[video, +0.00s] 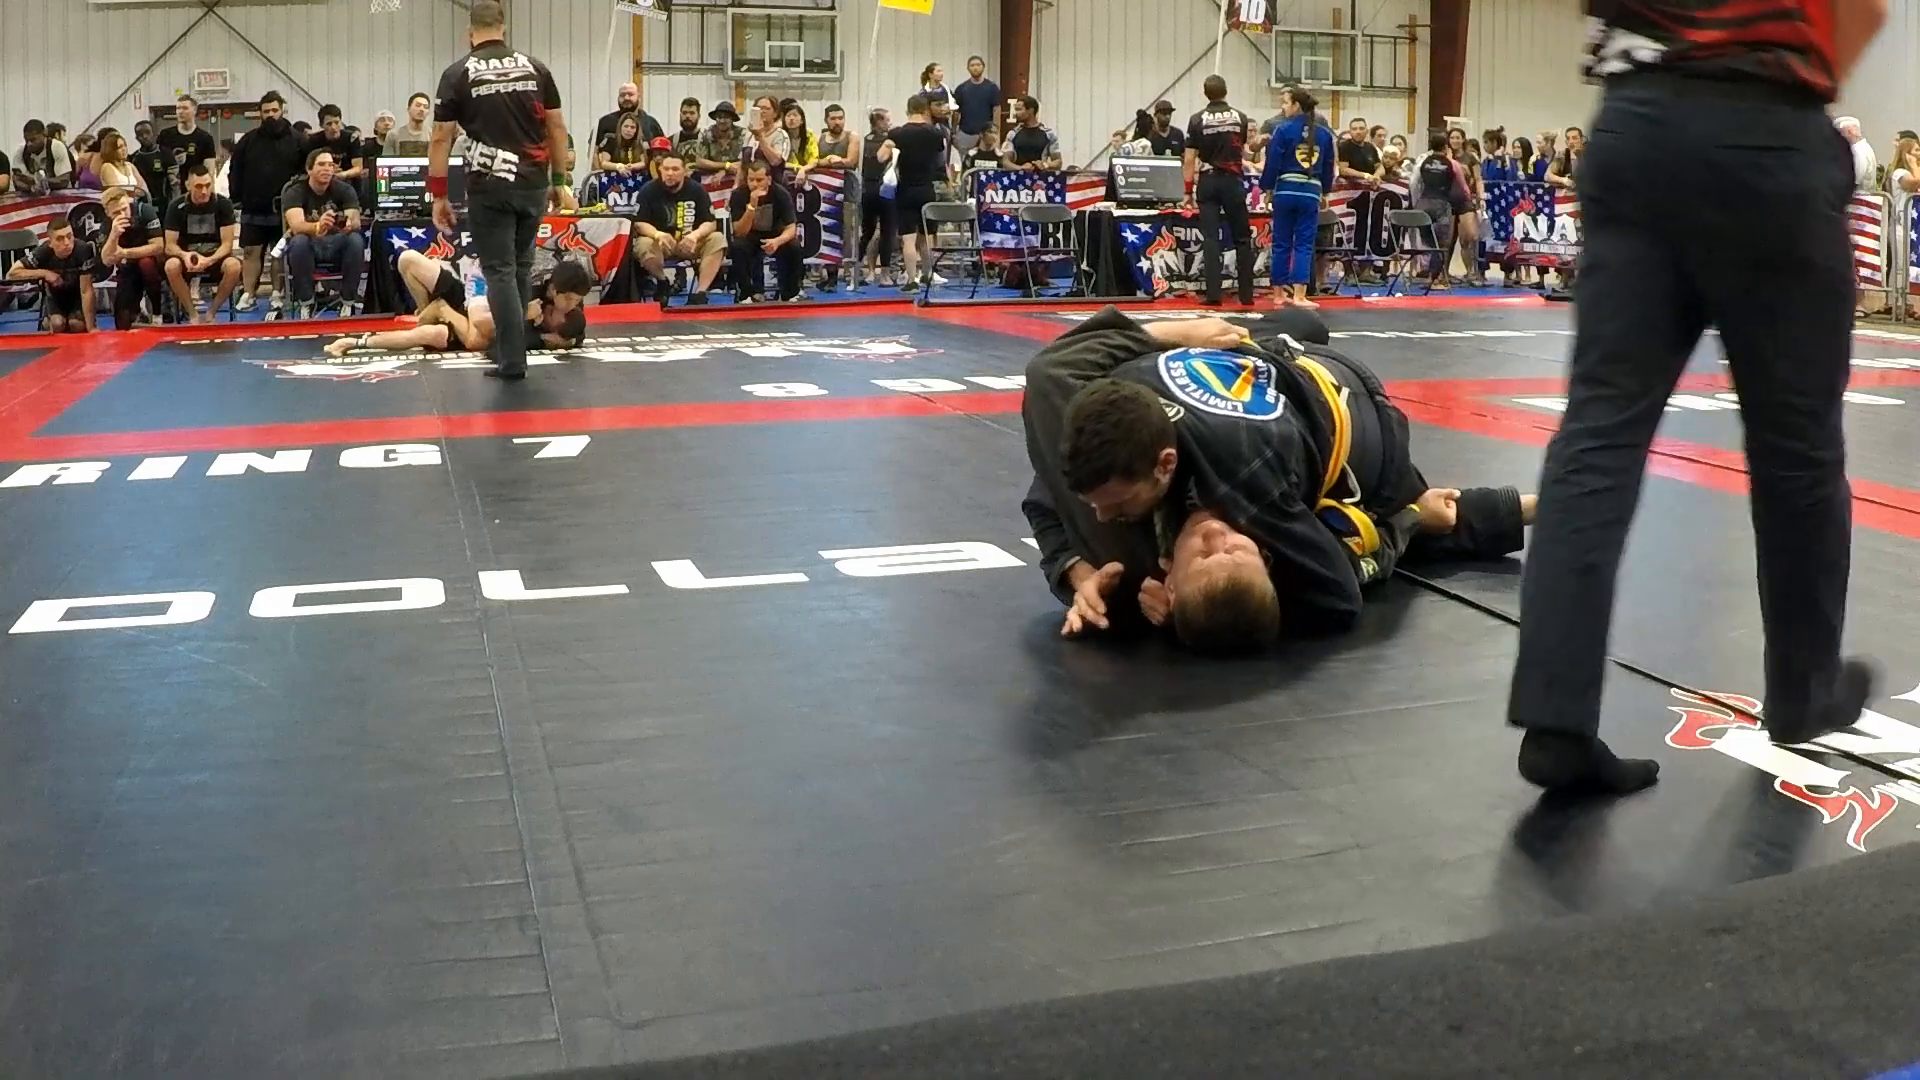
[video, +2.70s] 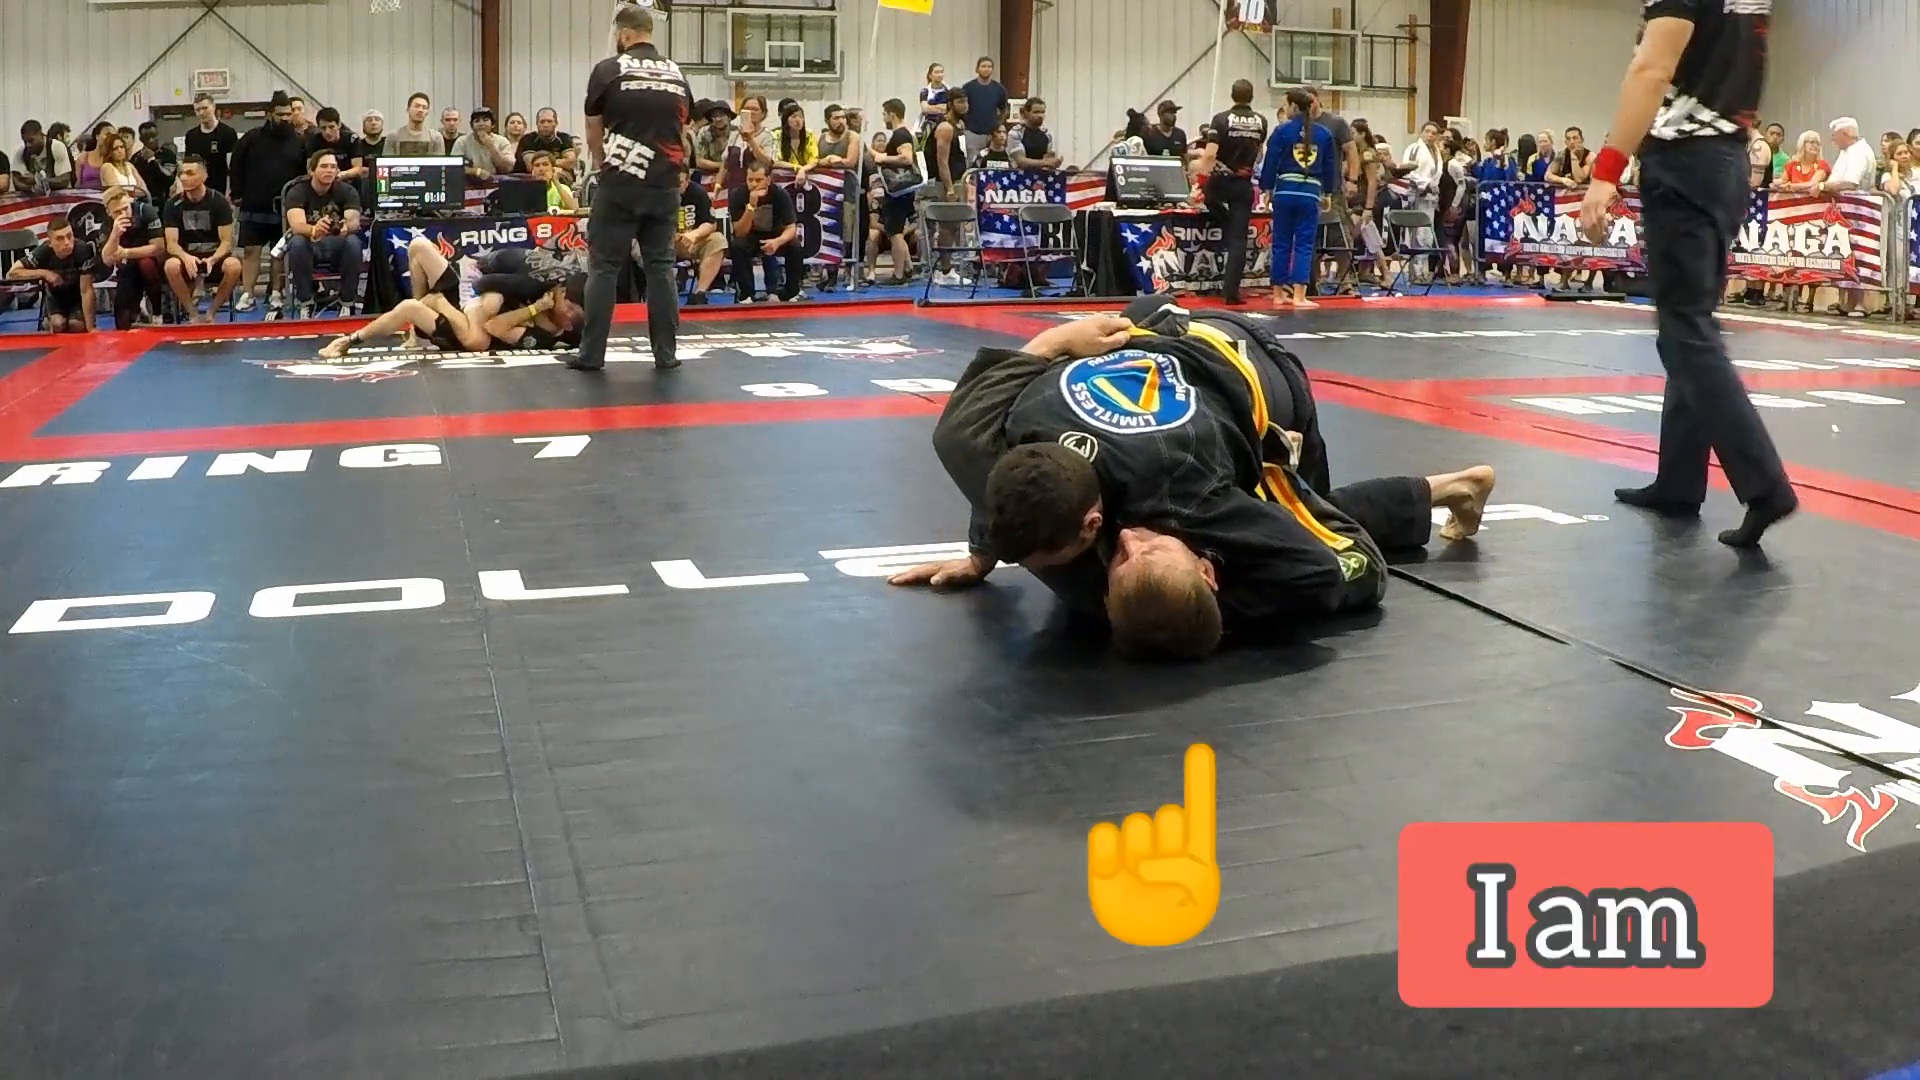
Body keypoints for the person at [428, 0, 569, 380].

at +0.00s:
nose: (470, 38)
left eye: (468, 33)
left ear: (470, 33)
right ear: (504, 30)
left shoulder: (457, 74)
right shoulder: (536, 67)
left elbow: (442, 137)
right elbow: (556, 125)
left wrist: (439, 195)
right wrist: (558, 179)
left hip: (487, 188)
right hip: (533, 185)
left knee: (500, 272)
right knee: (521, 267)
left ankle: (512, 362)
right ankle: (512, 350)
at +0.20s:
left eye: (484, 29)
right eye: (514, 29)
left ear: (482, 30)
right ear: (516, 28)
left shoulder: (465, 74)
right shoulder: (545, 67)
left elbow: (451, 144)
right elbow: (566, 130)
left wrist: (466, 189)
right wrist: (558, 174)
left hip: (495, 187)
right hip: (543, 182)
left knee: (504, 271)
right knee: (550, 263)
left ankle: (512, 363)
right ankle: (561, 354)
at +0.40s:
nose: (503, 33)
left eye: (502, 27)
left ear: (503, 28)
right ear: (536, 27)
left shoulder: (482, 72)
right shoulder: (563, 69)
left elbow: (477, 135)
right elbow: (577, 134)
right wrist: (553, 166)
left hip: (504, 183)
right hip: (554, 182)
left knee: (512, 271)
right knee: (575, 264)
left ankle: (512, 364)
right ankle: (595, 356)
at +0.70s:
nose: (560, 33)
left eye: (552, 26)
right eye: (575, 26)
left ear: (548, 27)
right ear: (582, 28)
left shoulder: (525, 68)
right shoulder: (604, 73)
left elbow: (517, 132)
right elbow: (615, 143)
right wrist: (593, 163)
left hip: (538, 187)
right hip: (588, 185)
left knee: (530, 269)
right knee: (592, 267)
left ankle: (516, 361)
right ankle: (598, 360)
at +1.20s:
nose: (587, 33)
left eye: (587, 28)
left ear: (588, 28)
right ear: (620, 31)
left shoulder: (559, 64)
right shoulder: (640, 75)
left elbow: (548, 124)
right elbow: (645, 144)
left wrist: (575, 150)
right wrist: (617, 163)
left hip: (565, 182)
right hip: (612, 185)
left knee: (563, 263)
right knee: (604, 267)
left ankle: (563, 354)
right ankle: (599, 358)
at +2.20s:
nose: (567, 40)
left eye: (565, 35)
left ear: (566, 35)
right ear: (598, 31)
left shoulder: (550, 74)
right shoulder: (627, 66)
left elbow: (550, 137)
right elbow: (644, 132)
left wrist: (576, 160)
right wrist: (631, 160)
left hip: (574, 184)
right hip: (622, 180)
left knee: (581, 268)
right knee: (639, 262)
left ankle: (585, 357)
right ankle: (660, 350)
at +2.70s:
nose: (615, 40)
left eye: (616, 35)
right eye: (617, 36)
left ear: (623, 35)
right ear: (650, 34)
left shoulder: (607, 69)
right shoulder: (675, 72)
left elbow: (594, 133)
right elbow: (682, 129)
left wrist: (603, 171)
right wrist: (671, 171)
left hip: (618, 185)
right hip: (665, 187)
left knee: (604, 266)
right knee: (661, 266)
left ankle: (591, 355)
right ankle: (665, 354)